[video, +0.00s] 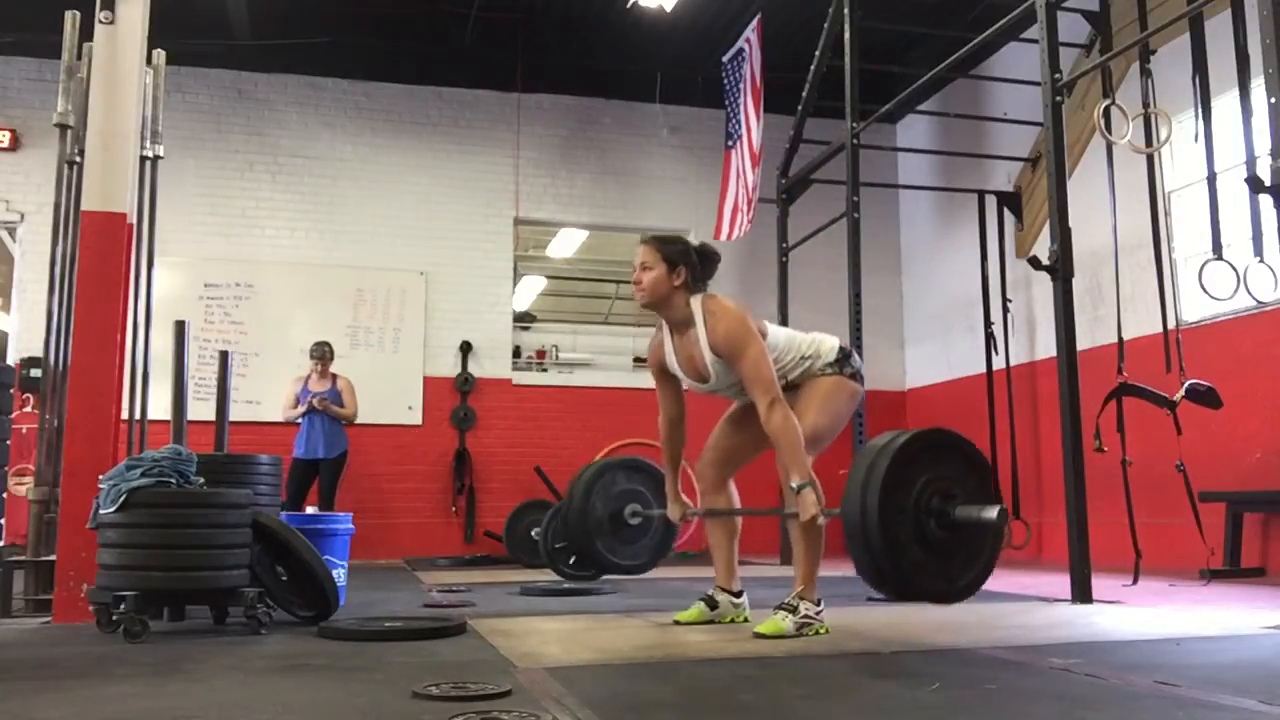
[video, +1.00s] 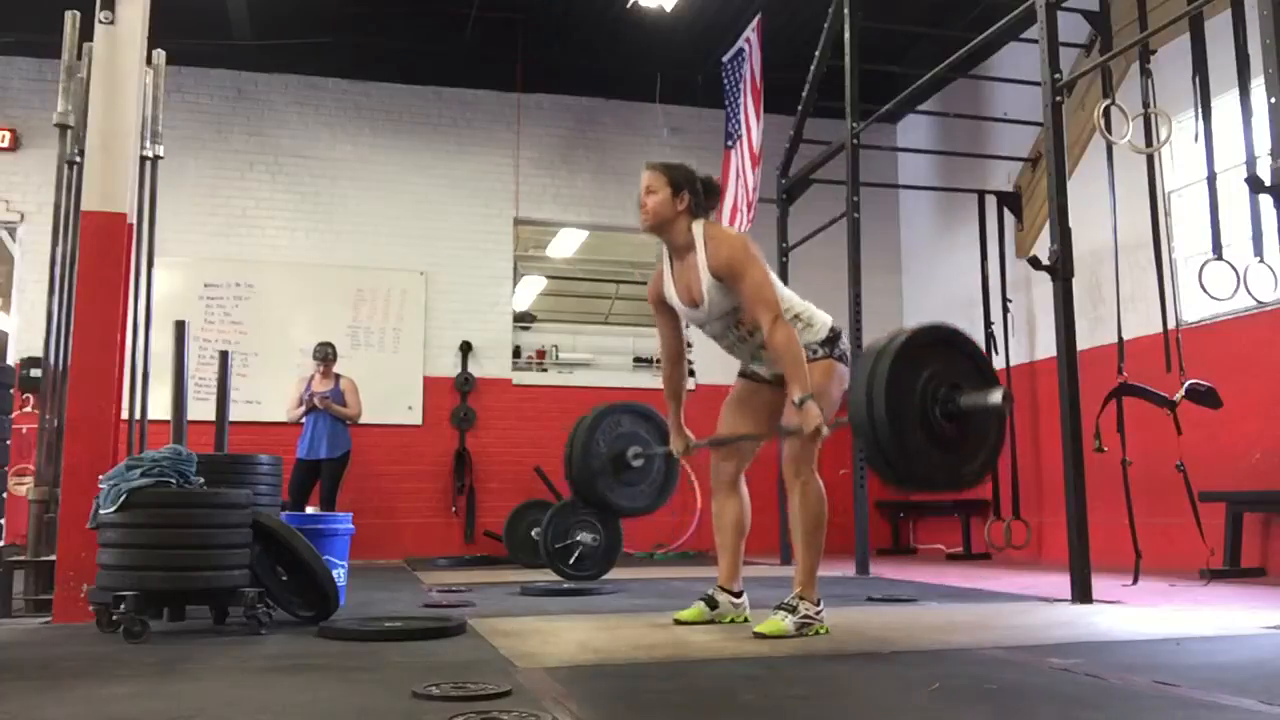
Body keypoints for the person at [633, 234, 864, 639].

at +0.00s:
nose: (634, 278)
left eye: (645, 269)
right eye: (635, 269)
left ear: (677, 276)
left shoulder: (724, 321)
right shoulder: (661, 351)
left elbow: (772, 405)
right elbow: (671, 422)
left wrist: (802, 483)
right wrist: (671, 492)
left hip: (832, 369)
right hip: (776, 385)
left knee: (796, 465)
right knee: (709, 470)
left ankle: (806, 602)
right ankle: (728, 595)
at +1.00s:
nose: (641, 203)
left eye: (651, 193)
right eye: (641, 194)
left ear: (681, 200)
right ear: (664, 204)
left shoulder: (726, 247)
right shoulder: (661, 285)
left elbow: (774, 323)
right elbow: (672, 358)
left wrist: (802, 398)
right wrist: (676, 423)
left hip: (814, 347)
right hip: (761, 361)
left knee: (796, 466)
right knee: (724, 468)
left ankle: (806, 601)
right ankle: (728, 594)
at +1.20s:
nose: (683, 151)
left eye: (695, 144)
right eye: (685, 145)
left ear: (723, 159)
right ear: (697, 163)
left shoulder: (746, 206)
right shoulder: (683, 238)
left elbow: (777, 278)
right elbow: (675, 315)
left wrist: (791, 354)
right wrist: (665, 385)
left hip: (783, 360)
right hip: (732, 372)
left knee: (760, 461)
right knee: (685, 471)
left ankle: (801, 599)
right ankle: (726, 594)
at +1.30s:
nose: (733, 138)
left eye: (746, 133)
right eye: (736, 133)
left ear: (772, 151)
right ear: (739, 154)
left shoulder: (783, 199)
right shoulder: (717, 224)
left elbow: (792, 262)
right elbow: (686, 294)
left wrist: (780, 331)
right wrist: (656, 361)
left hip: (776, 355)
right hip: (726, 362)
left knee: (752, 459)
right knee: (680, 469)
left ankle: (798, 597)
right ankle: (723, 591)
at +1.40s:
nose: (766, 123)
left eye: (781, 119)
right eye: (768, 118)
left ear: (802, 141)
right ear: (763, 139)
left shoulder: (802, 178)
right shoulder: (736, 203)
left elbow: (796, 230)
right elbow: (690, 263)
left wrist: (775, 279)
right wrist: (650, 315)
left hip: (770, 323)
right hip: (719, 331)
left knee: (760, 441)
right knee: (695, 452)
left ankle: (796, 590)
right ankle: (717, 583)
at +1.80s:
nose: (724, 186)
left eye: (738, 181)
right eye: (724, 181)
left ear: (763, 203)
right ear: (722, 203)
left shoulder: (773, 254)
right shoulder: (696, 271)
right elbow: (638, 311)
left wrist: (767, 226)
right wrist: (645, 259)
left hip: (783, 397)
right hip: (726, 410)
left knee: (760, 475)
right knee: (637, 486)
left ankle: (826, 606)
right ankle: (682, 596)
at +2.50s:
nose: (731, 134)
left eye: (744, 127)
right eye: (730, 127)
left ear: (768, 146)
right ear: (726, 143)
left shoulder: (772, 196)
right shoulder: (696, 209)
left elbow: (737, 195)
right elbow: (635, 247)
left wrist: (773, 145)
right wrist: (646, 200)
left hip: (756, 342)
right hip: (705, 352)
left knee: (769, 458)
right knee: (671, 469)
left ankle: (820, 601)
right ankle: (684, 593)